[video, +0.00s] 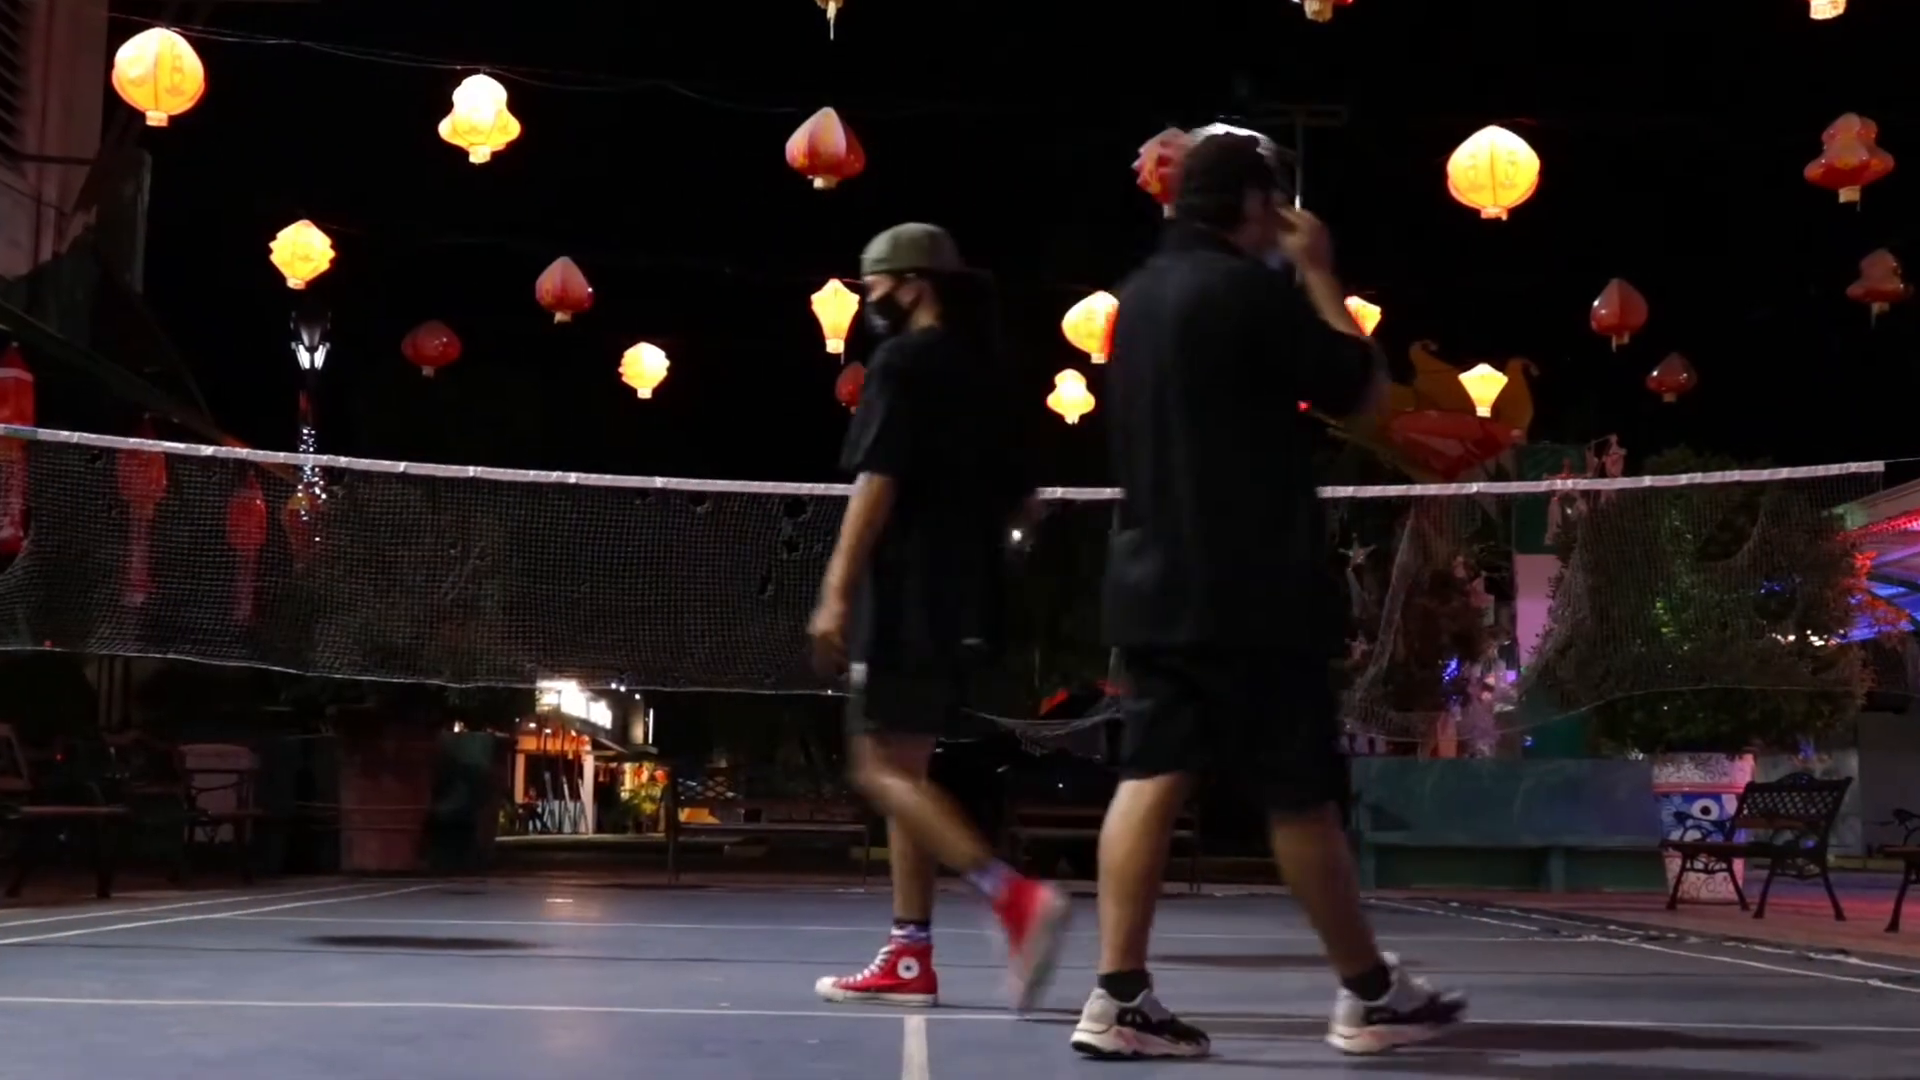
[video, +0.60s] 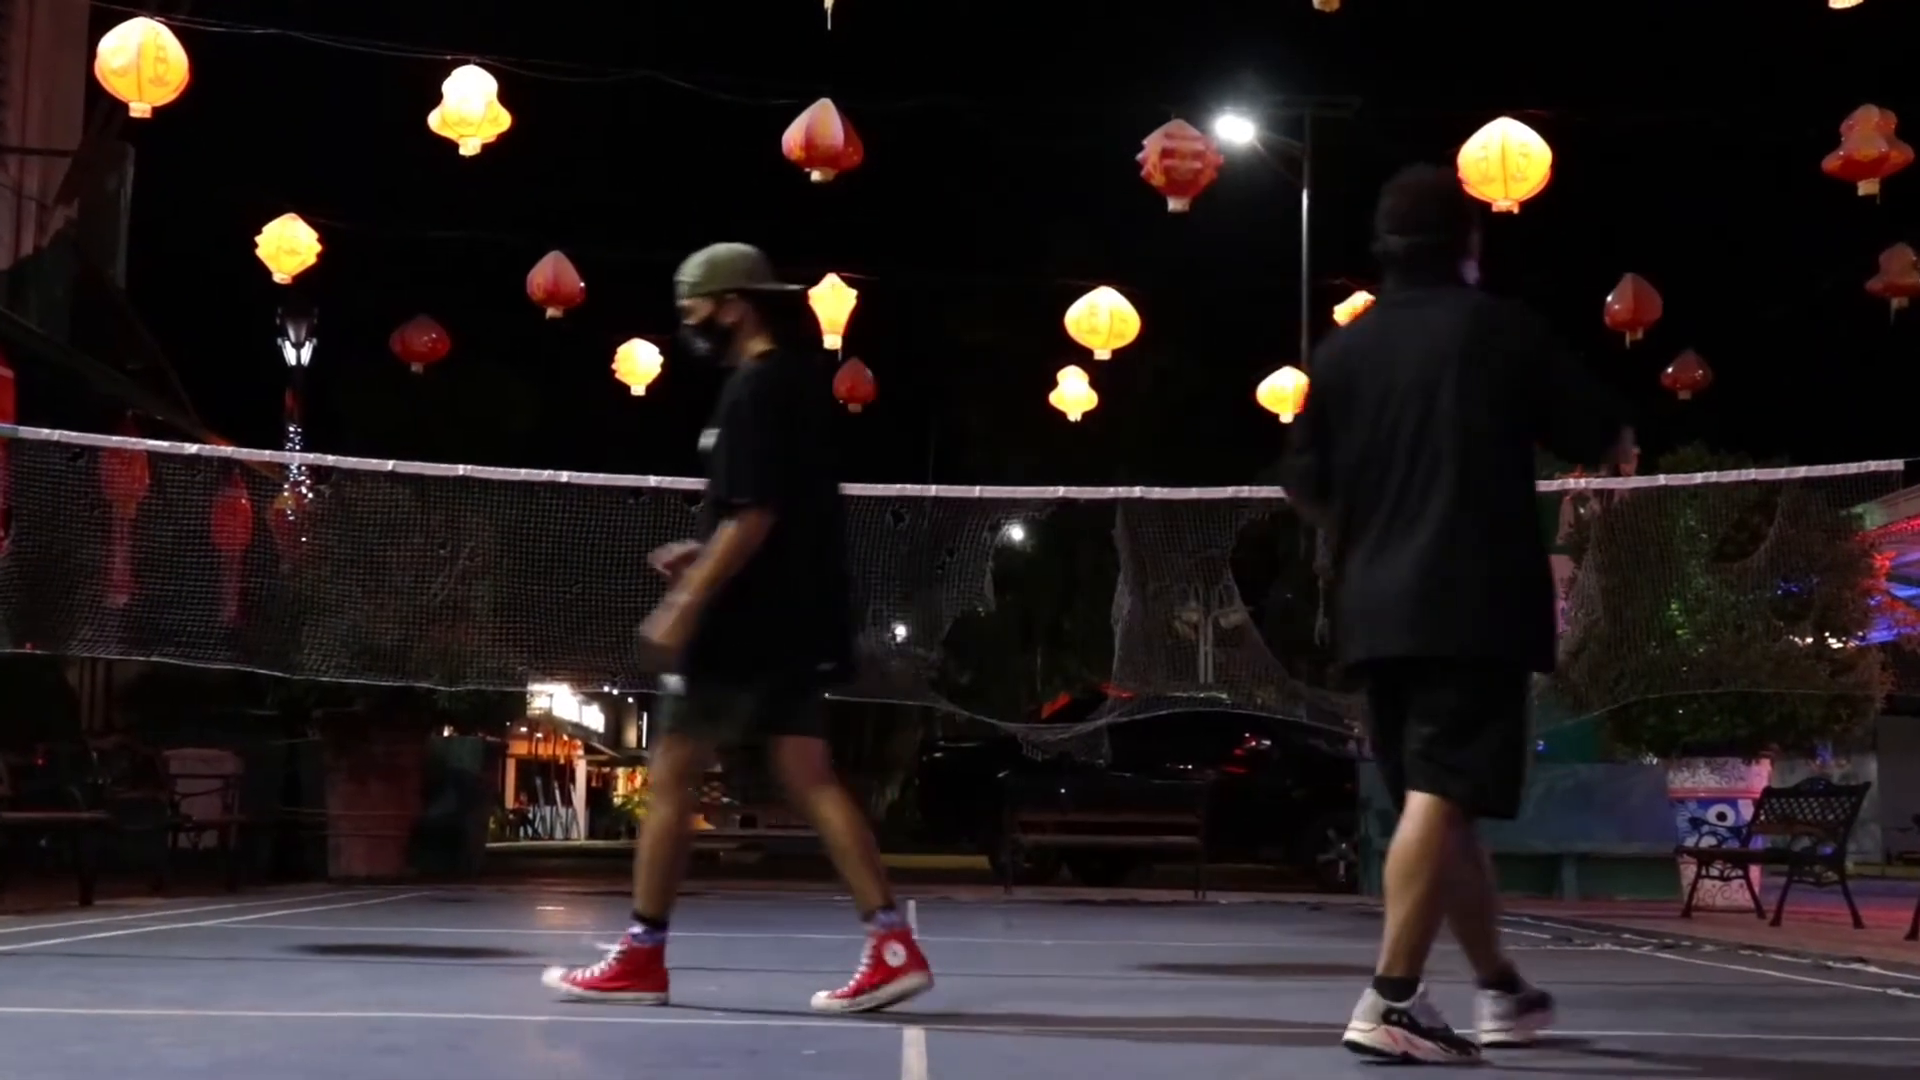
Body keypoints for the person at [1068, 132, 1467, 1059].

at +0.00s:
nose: (1286, 217)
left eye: (1283, 200)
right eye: (1280, 200)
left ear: (1183, 205)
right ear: (1252, 206)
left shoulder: (1141, 296)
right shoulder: (1253, 294)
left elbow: (1136, 433)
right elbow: (1359, 391)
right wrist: (1319, 274)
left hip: (1154, 586)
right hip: (1256, 588)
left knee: (1150, 775)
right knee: (1298, 793)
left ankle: (1117, 994)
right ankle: (1371, 990)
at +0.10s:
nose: (1318, 225)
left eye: (1313, 209)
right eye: (1309, 211)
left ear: (1219, 211)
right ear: (1282, 217)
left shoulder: (1168, 305)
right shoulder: (1290, 300)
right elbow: (1389, 395)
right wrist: (1350, 289)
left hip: (1189, 590)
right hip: (1294, 596)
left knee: (1175, 775)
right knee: (1324, 803)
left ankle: (1121, 992)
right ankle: (1375, 999)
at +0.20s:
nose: (1369, 226)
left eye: (1365, 213)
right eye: (1363, 213)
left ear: (1265, 217)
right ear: (1339, 221)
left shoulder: (1216, 313)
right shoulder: (1349, 303)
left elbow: (1260, 431)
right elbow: (1445, 405)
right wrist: (1406, 299)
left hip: (1246, 591)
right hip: (1351, 591)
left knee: (1249, 773)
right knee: (1361, 792)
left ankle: (1151, 952)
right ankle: (1378, 1005)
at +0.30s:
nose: (1391, 225)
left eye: (1387, 213)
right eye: (1385, 213)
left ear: (1290, 217)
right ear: (1370, 221)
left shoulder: (1247, 313)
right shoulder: (1387, 301)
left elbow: (1308, 407)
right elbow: (1474, 404)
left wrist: (1372, 286)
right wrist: (1435, 301)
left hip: (1282, 585)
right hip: (1387, 583)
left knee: (1300, 775)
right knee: (1378, 791)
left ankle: (1204, 919)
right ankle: (1380, 1004)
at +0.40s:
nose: (1428, 231)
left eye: (1422, 217)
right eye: (1423, 217)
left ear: (1328, 224)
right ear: (1408, 225)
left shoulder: (1284, 321)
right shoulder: (1431, 306)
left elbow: (1320, 431)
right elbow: (1518, 406)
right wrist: (1473, 305)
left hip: (1324, 582)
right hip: (1427, 581)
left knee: (1357, 772)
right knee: (1403, 789)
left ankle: (1307, 937)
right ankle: (1383, 1004)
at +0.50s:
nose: (1451, 231)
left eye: (1442, 218)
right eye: (1447, 218)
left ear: (1353, 230)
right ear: (1434, 228)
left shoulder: (1309, 329)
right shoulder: (1464, 310)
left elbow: (1292, 458)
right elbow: (1542, 416)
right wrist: (1505, 315)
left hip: (1349, 585)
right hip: (1448, 584)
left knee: (1389, 786)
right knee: (1420, 789)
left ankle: (1400, 988)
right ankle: (1383, 1003)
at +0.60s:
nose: (1481, 252)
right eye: (1476, 240)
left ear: (1384, 250)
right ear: (1467, 247)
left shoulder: (1344, 351)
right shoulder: (1503, 332)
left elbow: (1304, 477)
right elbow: (1597, 438)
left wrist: (1372, 514)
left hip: (1378, 599)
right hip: (1482, 595)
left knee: (1439, 803)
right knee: (1435, 795)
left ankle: (1503, 992)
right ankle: (1387, 1001)